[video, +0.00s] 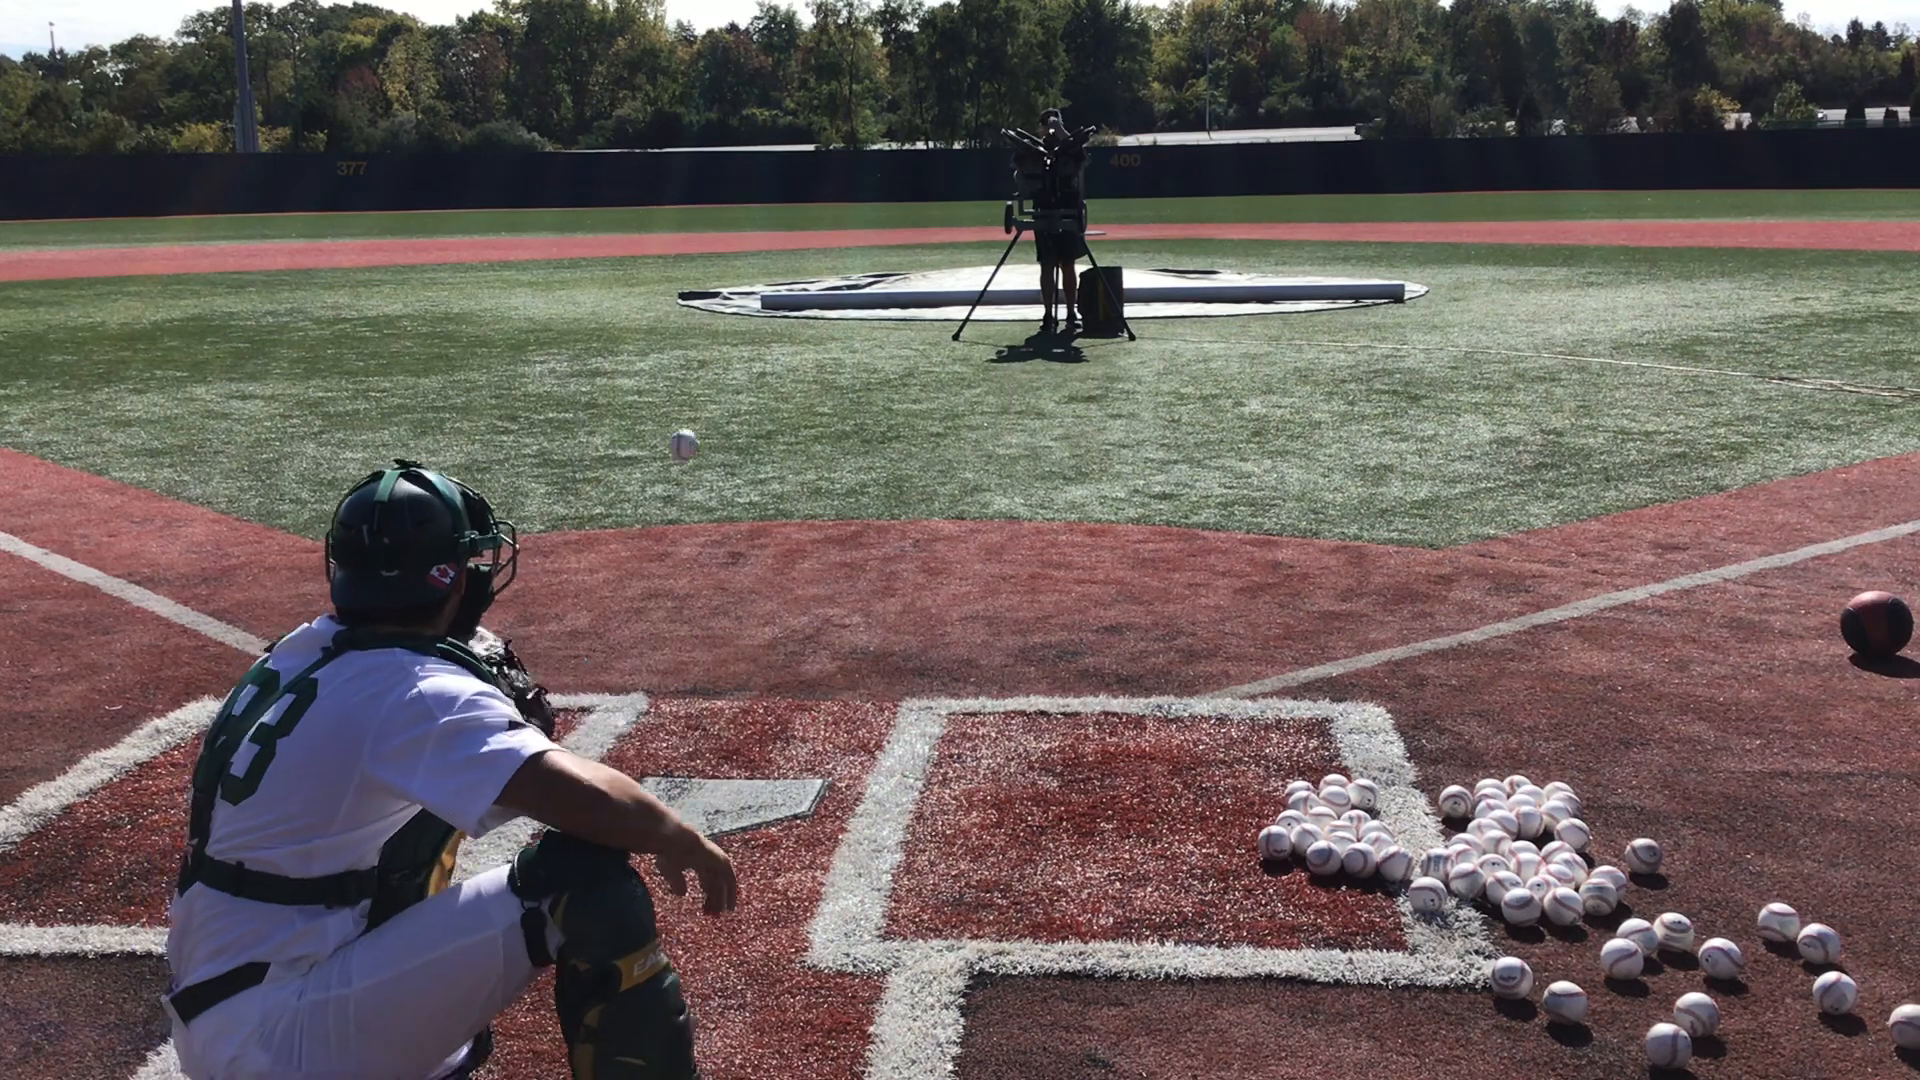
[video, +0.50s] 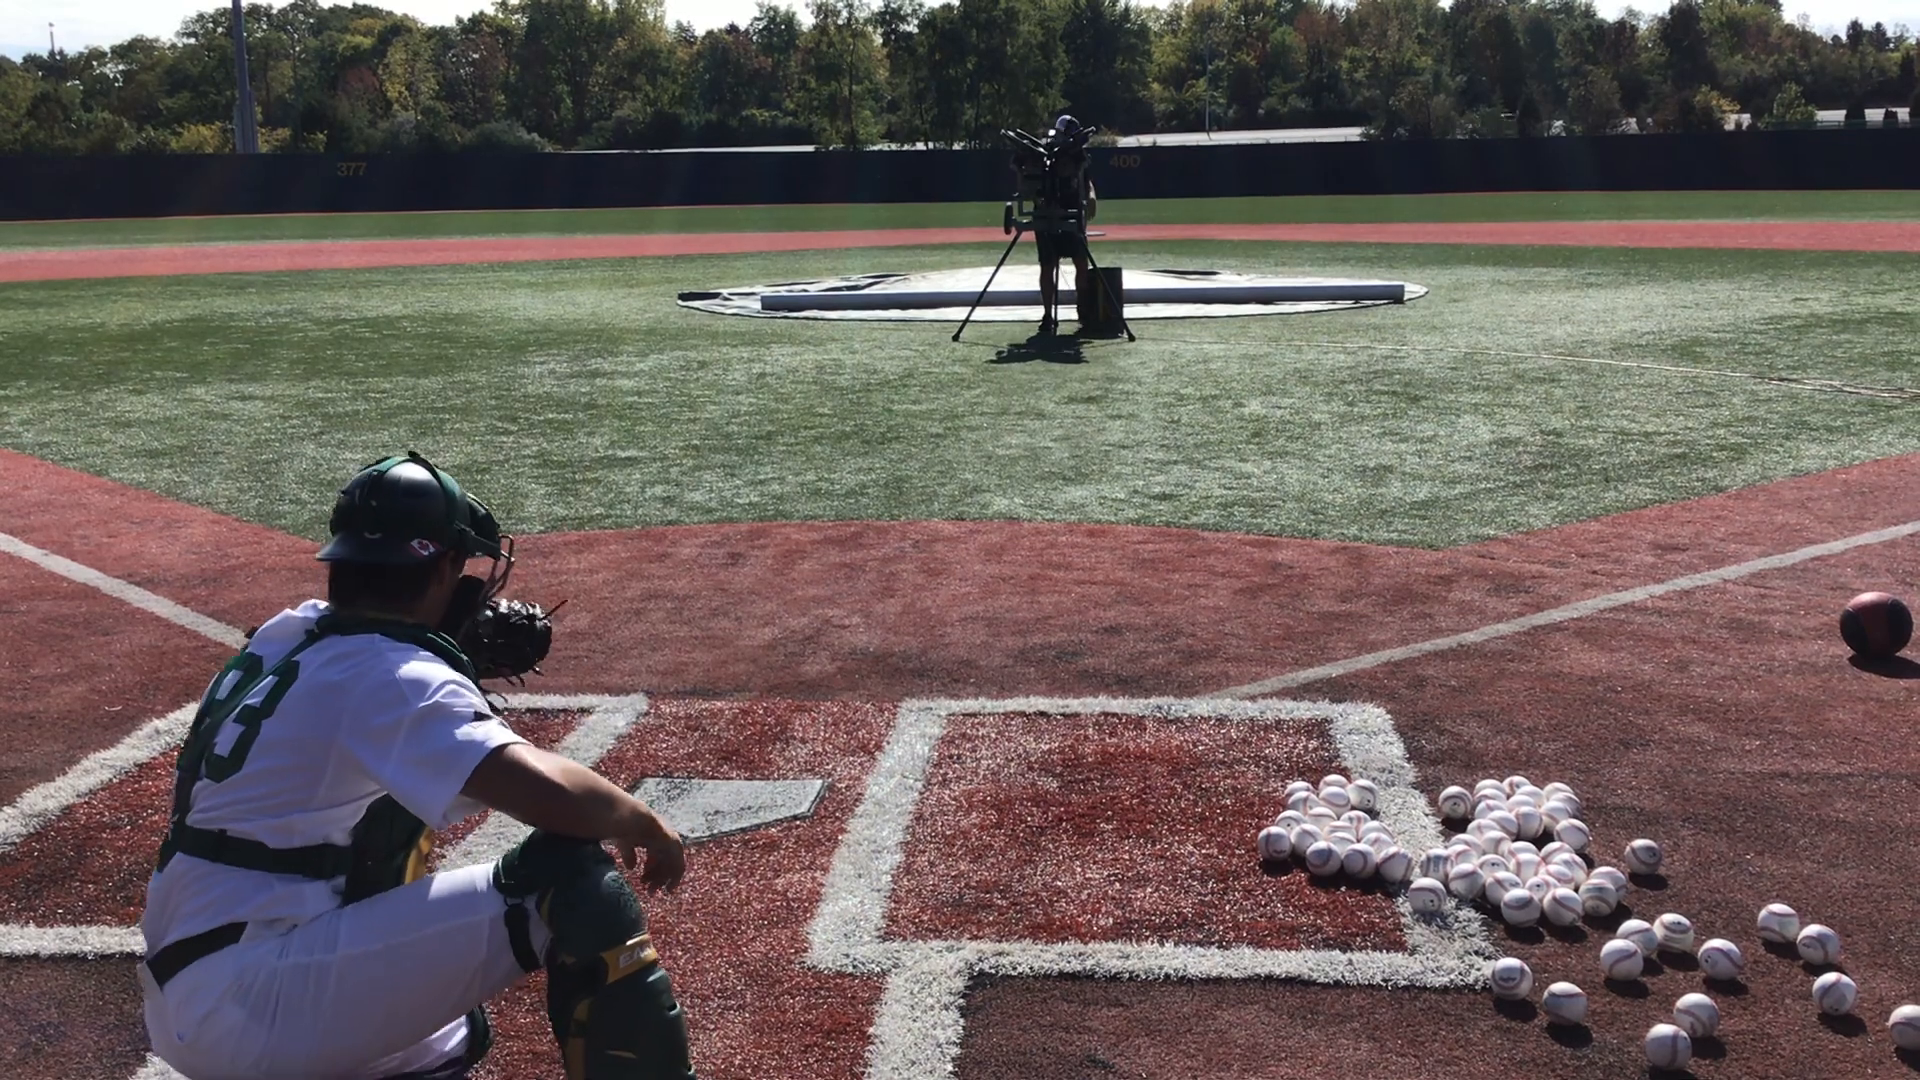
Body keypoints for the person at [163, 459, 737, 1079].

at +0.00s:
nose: (484, 575)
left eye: (481, 560)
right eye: (474, 563)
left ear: (350, 578)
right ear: (445, 587)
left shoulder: (306, 644)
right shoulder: (412, 691)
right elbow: (593, 801)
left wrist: (506, 713)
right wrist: (677, 838)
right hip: (272, 1033)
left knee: (433, 814)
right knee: (585, 879)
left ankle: (427, 1047)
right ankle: (641, 1059)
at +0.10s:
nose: (472, 592)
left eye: (469, 576)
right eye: (465, 578)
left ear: (342, 592)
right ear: (443, 599)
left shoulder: (303, 662)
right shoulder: (399, 700)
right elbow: (558, 809)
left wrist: (477, 718)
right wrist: (666, 842)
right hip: (258, 1038)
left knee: (414, 848)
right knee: (564, 885)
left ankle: (437, 1048)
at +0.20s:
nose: (468, 599)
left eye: (466, 582)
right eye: (462, 584)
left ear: (338, 594)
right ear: (435, 604)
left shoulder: (290, 663)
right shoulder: (393, 702)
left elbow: (386, 684)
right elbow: (552, 807)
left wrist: (476, 702)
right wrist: (654, 844)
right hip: (250, 1037)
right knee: (560, 887)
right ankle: (635, 1061)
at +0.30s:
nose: (467, 601)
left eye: (464, 583)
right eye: (460, 586)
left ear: (338, 591)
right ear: (431, 600)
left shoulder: (283, 659)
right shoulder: (383, 696)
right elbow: (554, 801)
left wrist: (459, 675)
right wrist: (647, 840)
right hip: (249, 1036)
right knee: (564, 883)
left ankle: (434, 1049)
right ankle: (636, 1062)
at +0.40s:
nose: (468, 593)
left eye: (466, 577)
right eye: (461, 578)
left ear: (338, 581)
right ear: (435, 589)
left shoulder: (284, 647)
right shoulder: (387, 690)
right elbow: (551, 799)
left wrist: (450, 649)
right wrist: (647, 831)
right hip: (248, 1020)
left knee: (455, 1032)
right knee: (568, 883)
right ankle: (637, 1061)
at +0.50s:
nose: (472, 584)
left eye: (470, 566)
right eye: (464, 568)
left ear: (345, 564)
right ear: (437, 575)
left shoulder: (287, 628)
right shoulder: (391, 675)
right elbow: (548, 789)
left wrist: (453, 641)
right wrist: (641, 822)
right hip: (245, 1000)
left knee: (450, 1033)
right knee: (569, 880)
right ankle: (638, 1058)